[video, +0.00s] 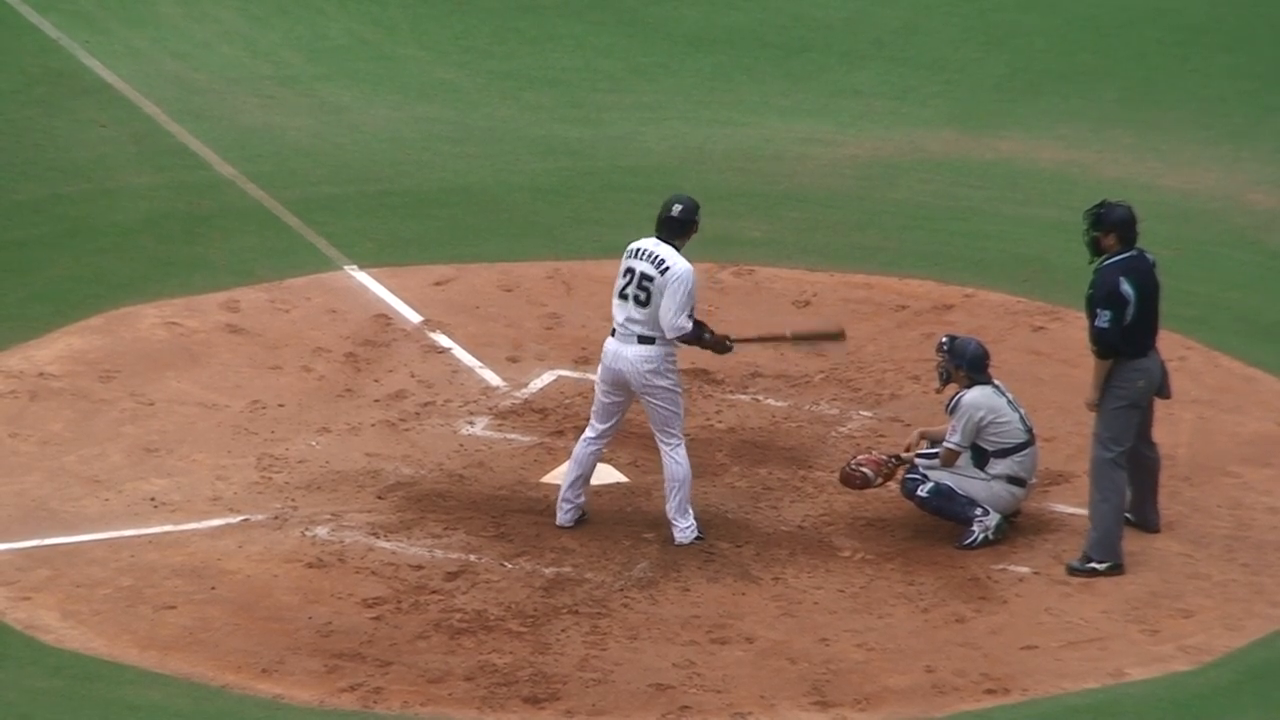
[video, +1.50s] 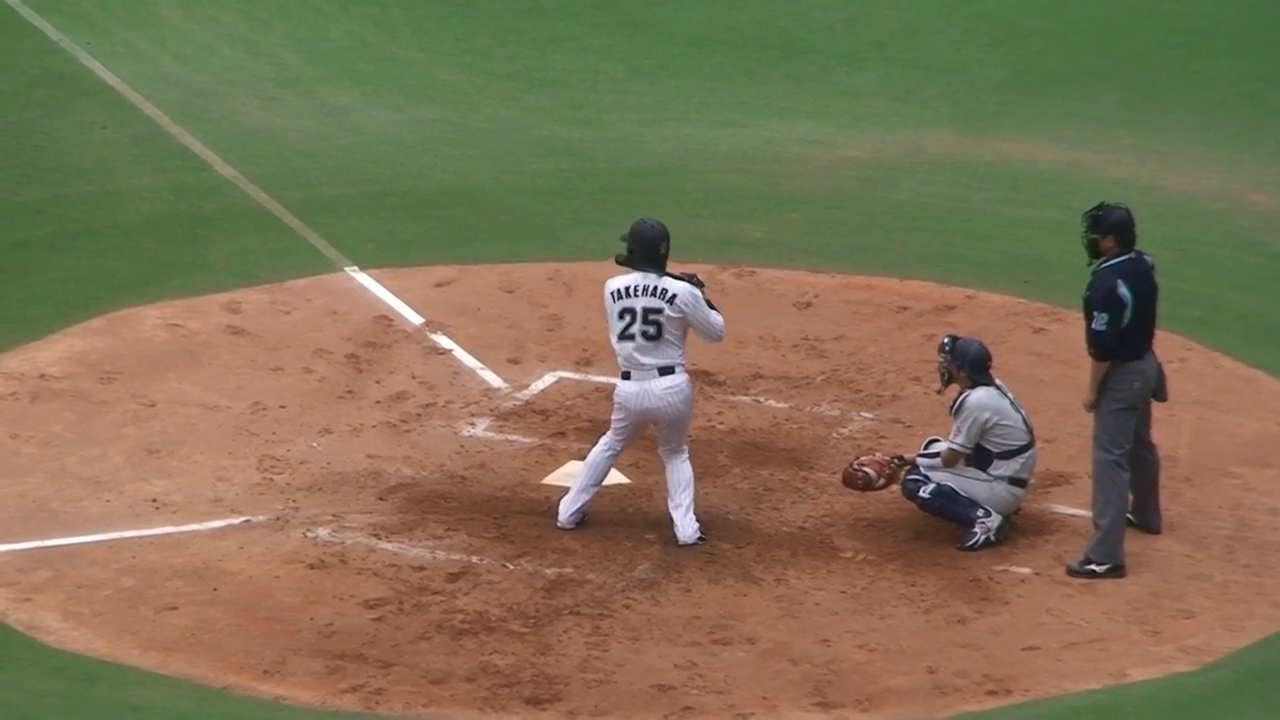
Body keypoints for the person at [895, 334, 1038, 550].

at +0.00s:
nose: (941, 365)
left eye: (946, 362)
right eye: (943, 360)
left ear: (961, 370)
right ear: (976, 368)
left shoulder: (970, 401)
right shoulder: (993, 387)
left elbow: (946, 461)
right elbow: (963, 431)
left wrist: (908, 458)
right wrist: (923, 433)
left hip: (1002, 491)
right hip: (1016, 483)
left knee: (914, 480)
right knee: (925, 455)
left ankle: (983, 518)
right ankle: (1002, 506)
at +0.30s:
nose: (942, 364)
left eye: (947, 361)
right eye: (943, 359)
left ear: (961, 369)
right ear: (976, 368)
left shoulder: (971, 400)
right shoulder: (991, 386)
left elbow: (946, 461)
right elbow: (969, 434)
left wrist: (911, 460)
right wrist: (929, 437)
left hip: (1002, 490)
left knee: (913, 480)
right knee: (927, 454)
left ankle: (983, 518)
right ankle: (1003, 505)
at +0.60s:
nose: (941, 362)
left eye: (946, 359)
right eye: (943, 357)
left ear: (961, 368)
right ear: (975, 366)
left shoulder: (973, 399)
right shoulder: (990, 384)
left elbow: (945, 459)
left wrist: (904, 460)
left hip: (999, 490)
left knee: (911, 480)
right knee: (929, 447)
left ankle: (982, 519)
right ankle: (996, 506)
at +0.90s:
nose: (942, 366)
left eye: (947, 363)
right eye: (944, 361)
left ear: (962, 371)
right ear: (976, 370)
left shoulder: (975, 402)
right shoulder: (991, 389)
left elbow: (948, 461)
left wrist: (907, 462)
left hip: (1000, 493)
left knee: (913, 482)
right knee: (930, 449)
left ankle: (984, 521)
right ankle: (997, 508)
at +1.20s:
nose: (942, 367)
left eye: (947, 364)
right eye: (944, 362)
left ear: (961, 372)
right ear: (977, 370)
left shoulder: (974, 403)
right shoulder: (991, 388)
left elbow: (948, 461)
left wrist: (907, 462)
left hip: (1001, 493)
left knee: (913, 483)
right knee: (931, 449)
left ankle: (984, 522)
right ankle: (995, 508)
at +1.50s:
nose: (943, 366)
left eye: (948, 363)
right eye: (944, 361)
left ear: (963, 370)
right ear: (977, 368)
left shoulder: (976, 402)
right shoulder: (993, 386)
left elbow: (949, 460)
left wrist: (908, 460)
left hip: (1002, 491)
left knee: (914, 480)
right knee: (932, 446)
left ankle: (984, 519)